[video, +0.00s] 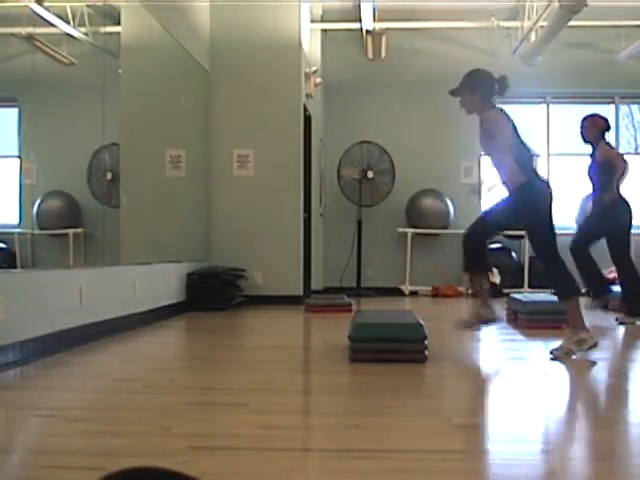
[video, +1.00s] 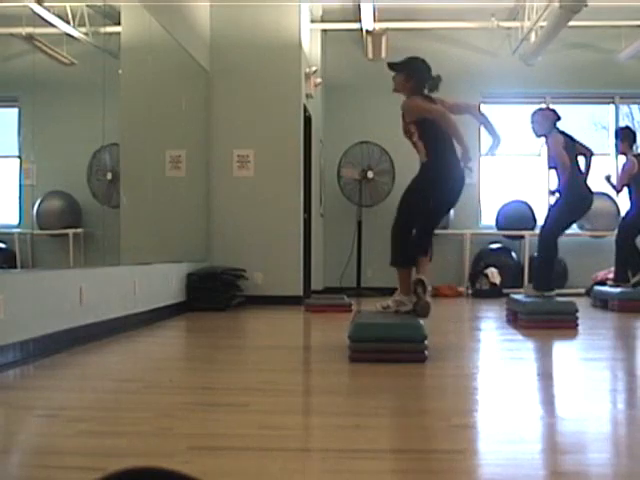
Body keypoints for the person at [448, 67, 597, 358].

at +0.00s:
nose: (460, 101)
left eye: (464, 95)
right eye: (460, 95)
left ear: (478, 94)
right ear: (479, 95)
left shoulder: (494, 118)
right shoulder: (489, 121)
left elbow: (506, 156)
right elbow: (521, 154)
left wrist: (518, 183)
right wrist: (523, 178)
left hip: (530, 193)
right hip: (528, 193)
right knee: (473, 238)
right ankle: (482, 307)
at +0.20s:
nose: (459, 108)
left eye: (463, 103)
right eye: (460, 103)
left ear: (476, 104)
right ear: (484, 104)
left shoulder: (481, 131)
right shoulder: (497, 130)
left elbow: (487, 171)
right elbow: (527, 162)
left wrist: (498, 205)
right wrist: (533, 193)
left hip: (507, 209)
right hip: (515, 206)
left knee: (508, 269)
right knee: (507, 267)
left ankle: (570, 326)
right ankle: (520, 328)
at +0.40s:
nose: (445, 91)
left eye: (449, 86)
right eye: (446, 86)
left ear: (462, 88)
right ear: (471, 89)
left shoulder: (462, 112)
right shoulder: (475, 115)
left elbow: (433, 141)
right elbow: (448, 152)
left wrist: (407, 150)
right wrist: (413, 154)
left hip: (497, 185)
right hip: (511, 184)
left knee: (453, 228)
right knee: (508, 253)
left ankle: (458, 299)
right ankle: (516, 320)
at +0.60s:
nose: (426, 96)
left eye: (430, 92)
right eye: (427, 92)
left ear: (442, 95)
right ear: (448, 96)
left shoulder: (442, 121)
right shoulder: (453, 120)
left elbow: (396, 139)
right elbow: (410, 136)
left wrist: (371, 124)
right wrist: (386, 117)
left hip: (468, 193)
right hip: (483, 192)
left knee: (417, 230)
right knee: (491, 253)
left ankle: (406, 296)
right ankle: (517, 320)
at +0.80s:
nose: (404, 71)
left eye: (408, 66)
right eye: (405, 66)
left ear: (420, 70)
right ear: (428, 70)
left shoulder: (415, 98)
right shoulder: (440, 96)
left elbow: (415, 134)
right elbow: (446, 137)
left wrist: (403, 170)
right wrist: (431, 166)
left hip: (441, 168)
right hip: (464, 169)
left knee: (418, 224)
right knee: (450, 229)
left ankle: (406, 293)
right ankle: (464, 287)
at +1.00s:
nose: (394, 79)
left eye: (398, 75)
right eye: (395, 75)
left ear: (410, 80)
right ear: (418, 82)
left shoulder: (410, 103)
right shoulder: (434, 102)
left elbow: (442, 114)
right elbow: (472, 107)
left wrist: (463, 148)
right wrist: (495, 135)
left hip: (433, 172)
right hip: (453, 173)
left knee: (402, 228)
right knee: (425, 228)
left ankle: (404, 295)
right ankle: (422, 279)